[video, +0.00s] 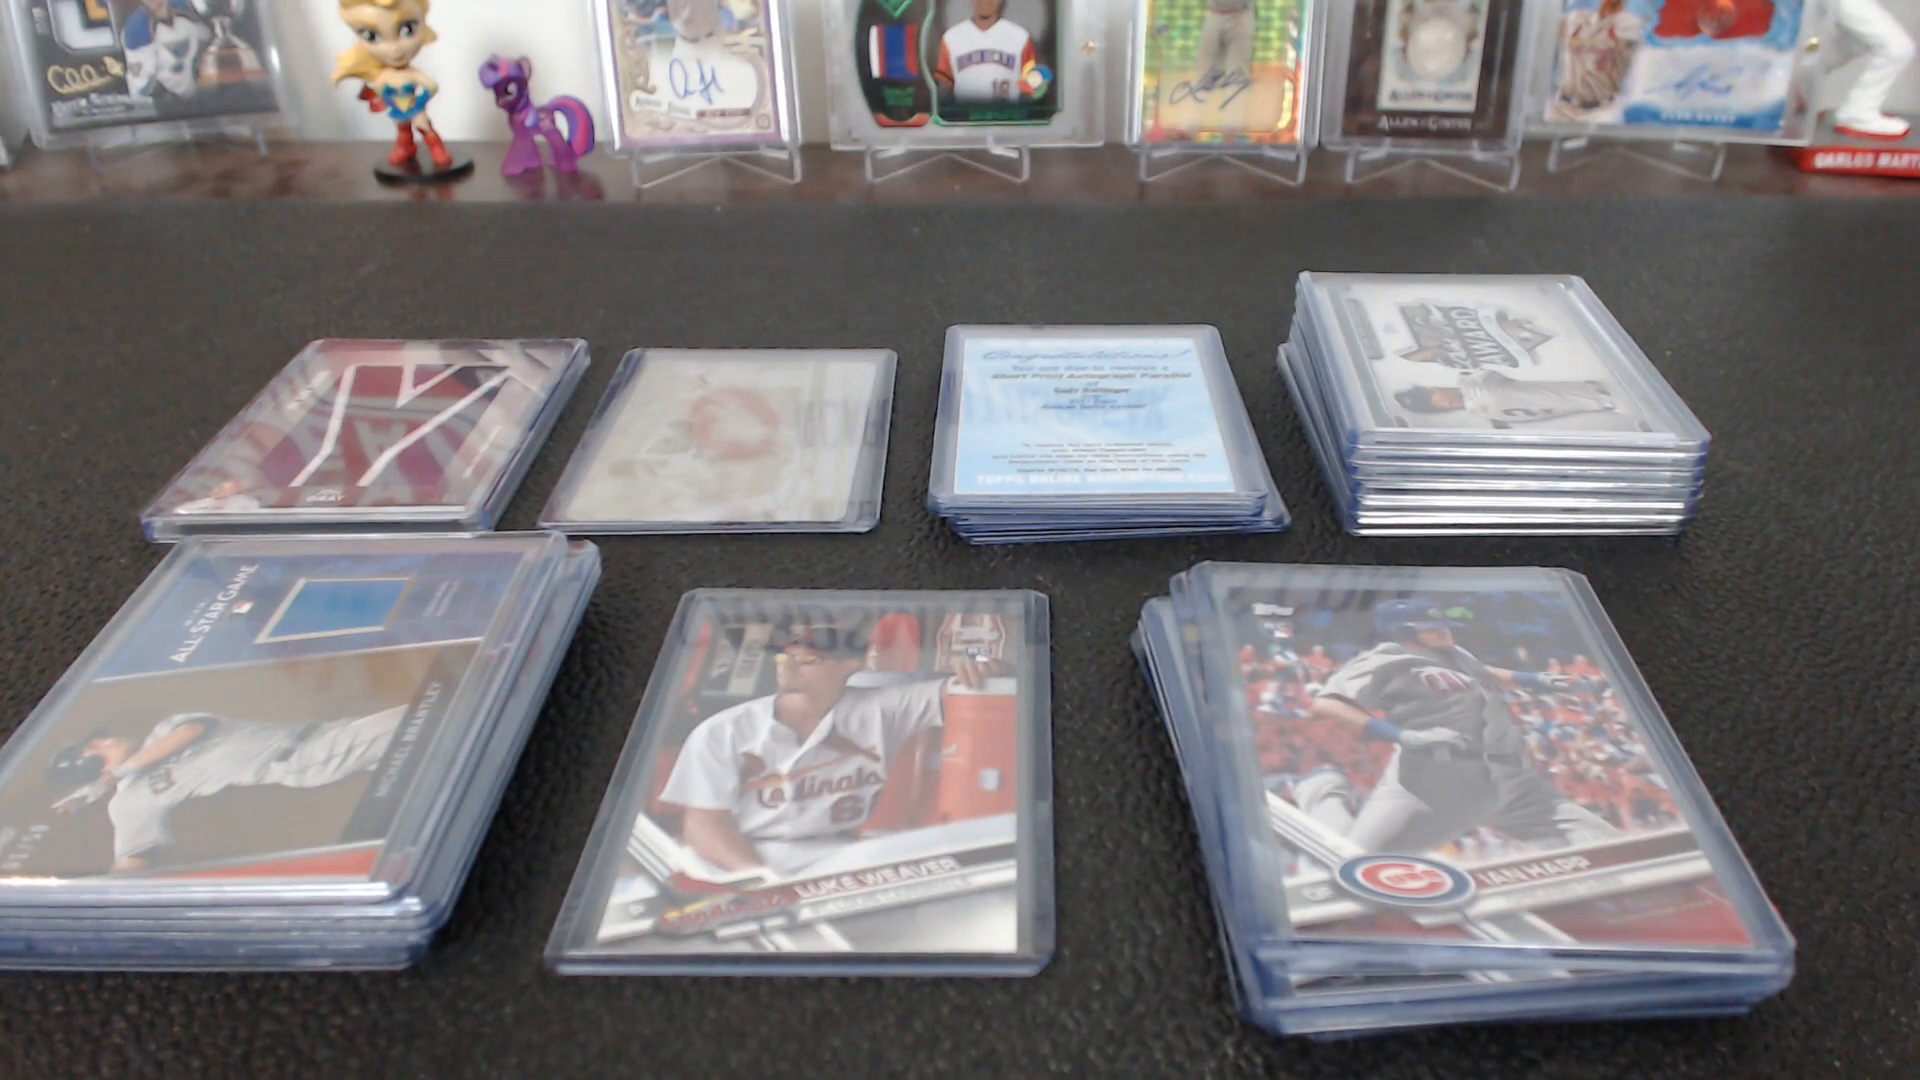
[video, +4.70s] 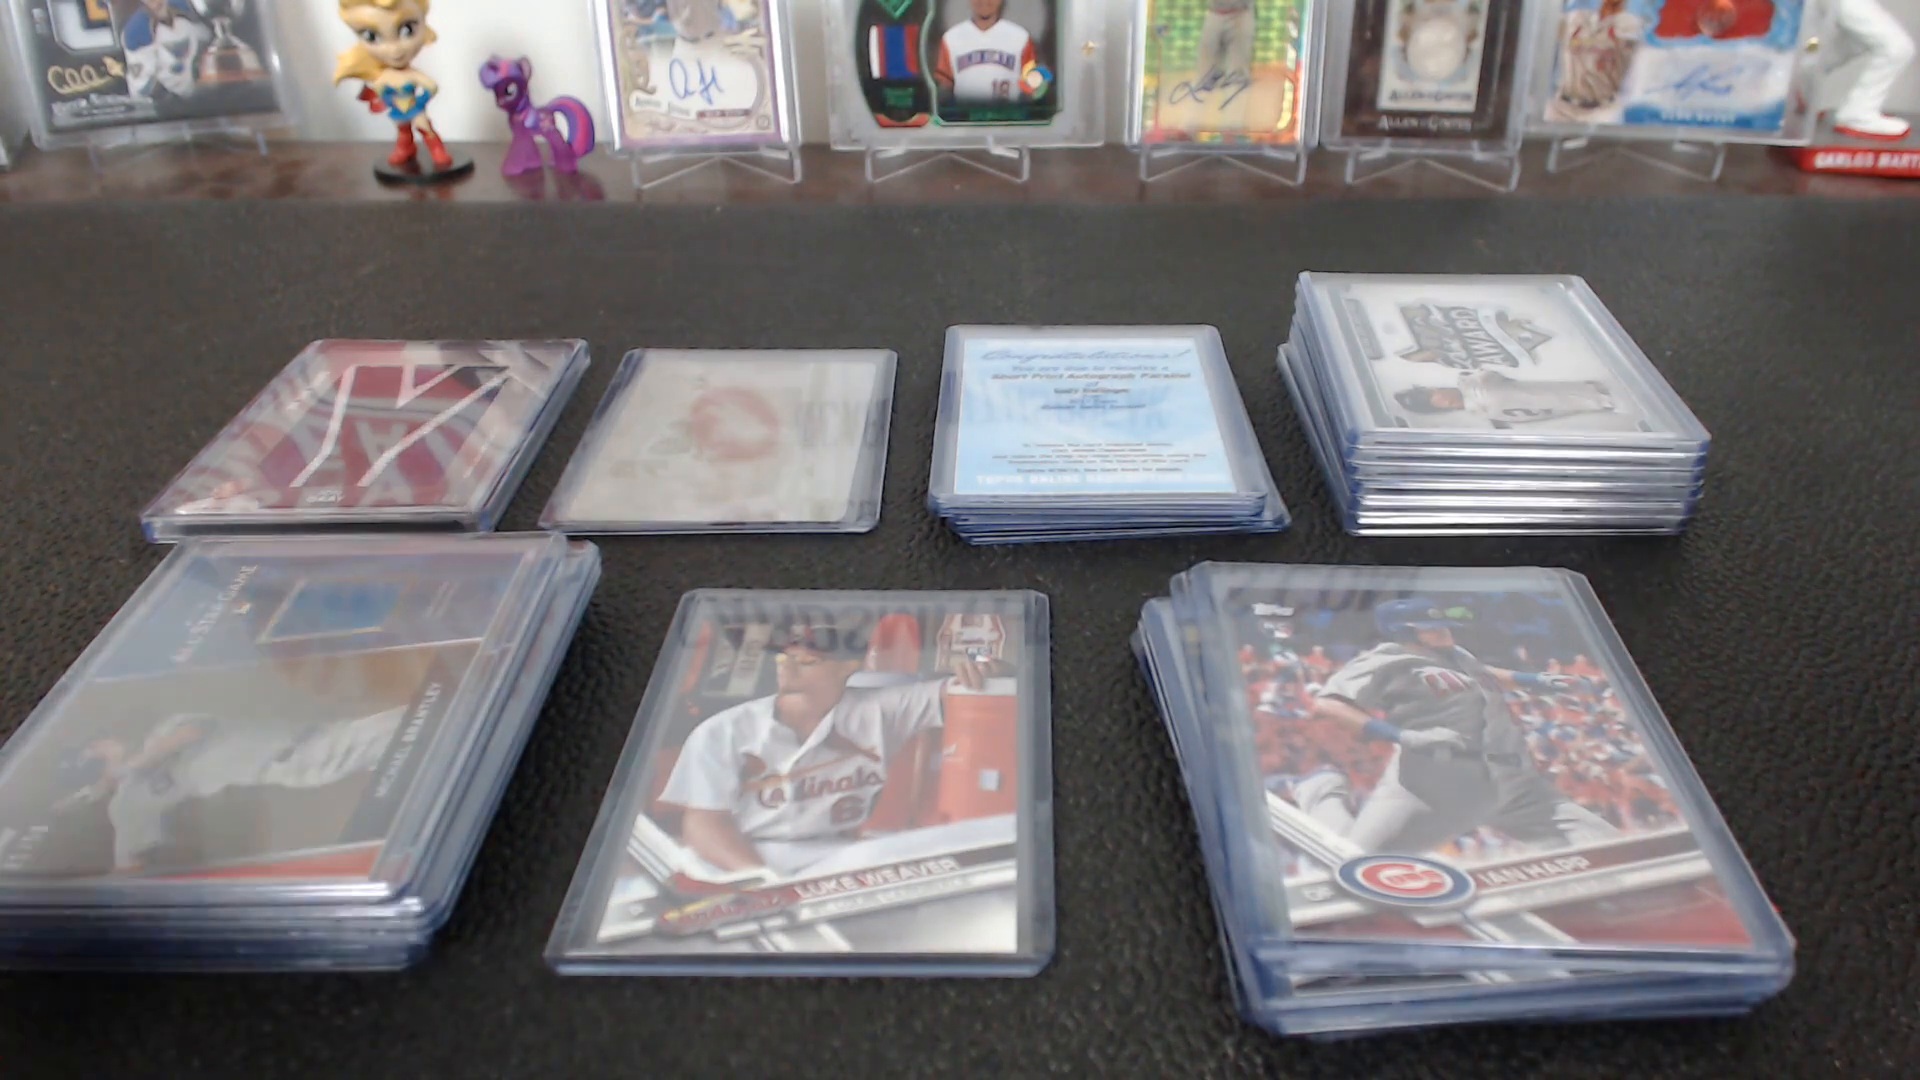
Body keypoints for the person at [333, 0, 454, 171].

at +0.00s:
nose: (394, 50)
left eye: (407, 30)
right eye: (371, 36)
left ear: (424, 27)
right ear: (358, 37)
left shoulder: (414, 74)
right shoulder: (377, 74)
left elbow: (427, 86)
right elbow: (370, 87)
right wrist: (376, 100)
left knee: (421, 121)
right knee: (401, 121)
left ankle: (436, 148)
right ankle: (405, 146)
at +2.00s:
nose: (394, 50)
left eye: (407, 30)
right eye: (371, 36)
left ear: (424, 27)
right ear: (358, 37)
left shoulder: (414, 75)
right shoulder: (378, 74)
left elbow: (426, 86)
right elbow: (369, 88)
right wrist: (375, 101)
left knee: (421, 121)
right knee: (401, 121)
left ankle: (436, 148)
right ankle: (405, 147)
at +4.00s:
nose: (394, 50)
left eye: (407, 30)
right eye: (372, 36)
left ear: (424, 29)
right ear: (359, 38)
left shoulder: (414, 75)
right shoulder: (379, 75)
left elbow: (426, 86)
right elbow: (370, 88)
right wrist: (375, 100)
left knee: (421, 122)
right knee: (401, 124)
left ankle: (437, 149)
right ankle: (405, 147)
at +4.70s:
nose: (394, 51)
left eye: (407, 30)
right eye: (372, 36)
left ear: (424, 29)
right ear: (359, 39)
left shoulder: (414, 75)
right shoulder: (379, 75)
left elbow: (426, 87)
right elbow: (370, 88)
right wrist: (374, 100)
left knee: (422, 123)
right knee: (401, 125)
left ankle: (437, 149)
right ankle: (405, 148)